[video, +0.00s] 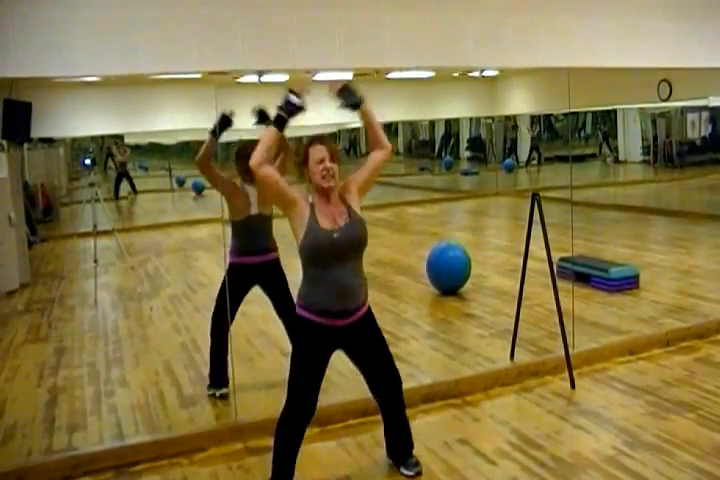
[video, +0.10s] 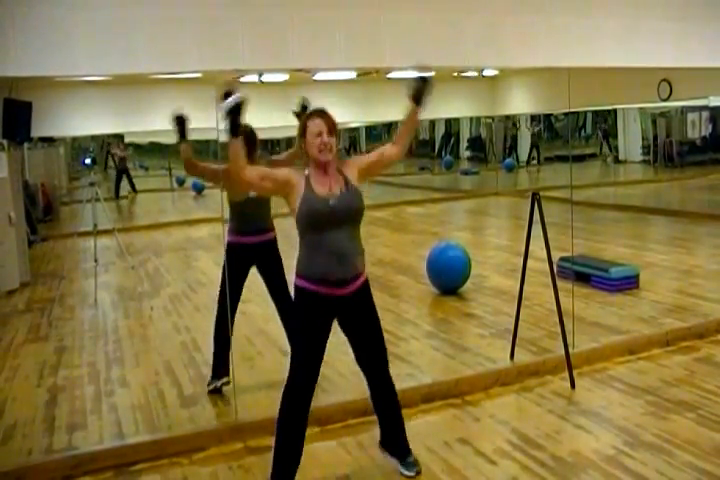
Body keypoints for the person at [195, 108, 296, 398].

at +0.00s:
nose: (254, 164)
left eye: (247, 159)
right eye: (255, 159)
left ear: (236, 166)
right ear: (259, 165)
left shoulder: (232, 191)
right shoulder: (270, 187)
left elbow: (204, 163)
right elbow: (285, 154)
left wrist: (215, 133)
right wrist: (274, 125)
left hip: (241, 266)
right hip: (270, 263)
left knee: (220, 322)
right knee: (291, 318)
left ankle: (218, 382)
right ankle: (310, 370)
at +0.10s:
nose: (233, 149)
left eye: (235, 143)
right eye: (237, 143)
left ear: (235, 145)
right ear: (255, 145)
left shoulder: (226, 173)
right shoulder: (268, 167)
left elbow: (190, 165)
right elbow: (301, 152)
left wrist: (182, 135)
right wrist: (304, 122)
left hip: (238, 245)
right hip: (266, 242)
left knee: (226, 307)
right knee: (284, 302)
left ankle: (219, 373)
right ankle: (304, 358)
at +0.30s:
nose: (243, 149)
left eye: (239, 145)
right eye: (249, 145)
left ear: (235, 148)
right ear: (256, 148)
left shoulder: (229, 181)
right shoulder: (270, 176)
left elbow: (217, 219)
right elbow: (286, 209)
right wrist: (275, 237)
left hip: (237, 247)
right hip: (265, 245)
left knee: (241, 308)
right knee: (267, 305)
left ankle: (249, 372)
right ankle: (271, 367)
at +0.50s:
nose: (242, 149)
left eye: (238, 144)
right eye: (248, 144)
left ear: (234, 148)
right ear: (256, 147)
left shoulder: (230, 181)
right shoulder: (269, 177)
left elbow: (221, 222)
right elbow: (284, 212)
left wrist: (197, 233)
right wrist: (279, 238)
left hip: (237, 248)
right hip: (264, 245)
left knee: (239, 311)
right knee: (268, 306)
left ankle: (248, 374)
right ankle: (270, 368)